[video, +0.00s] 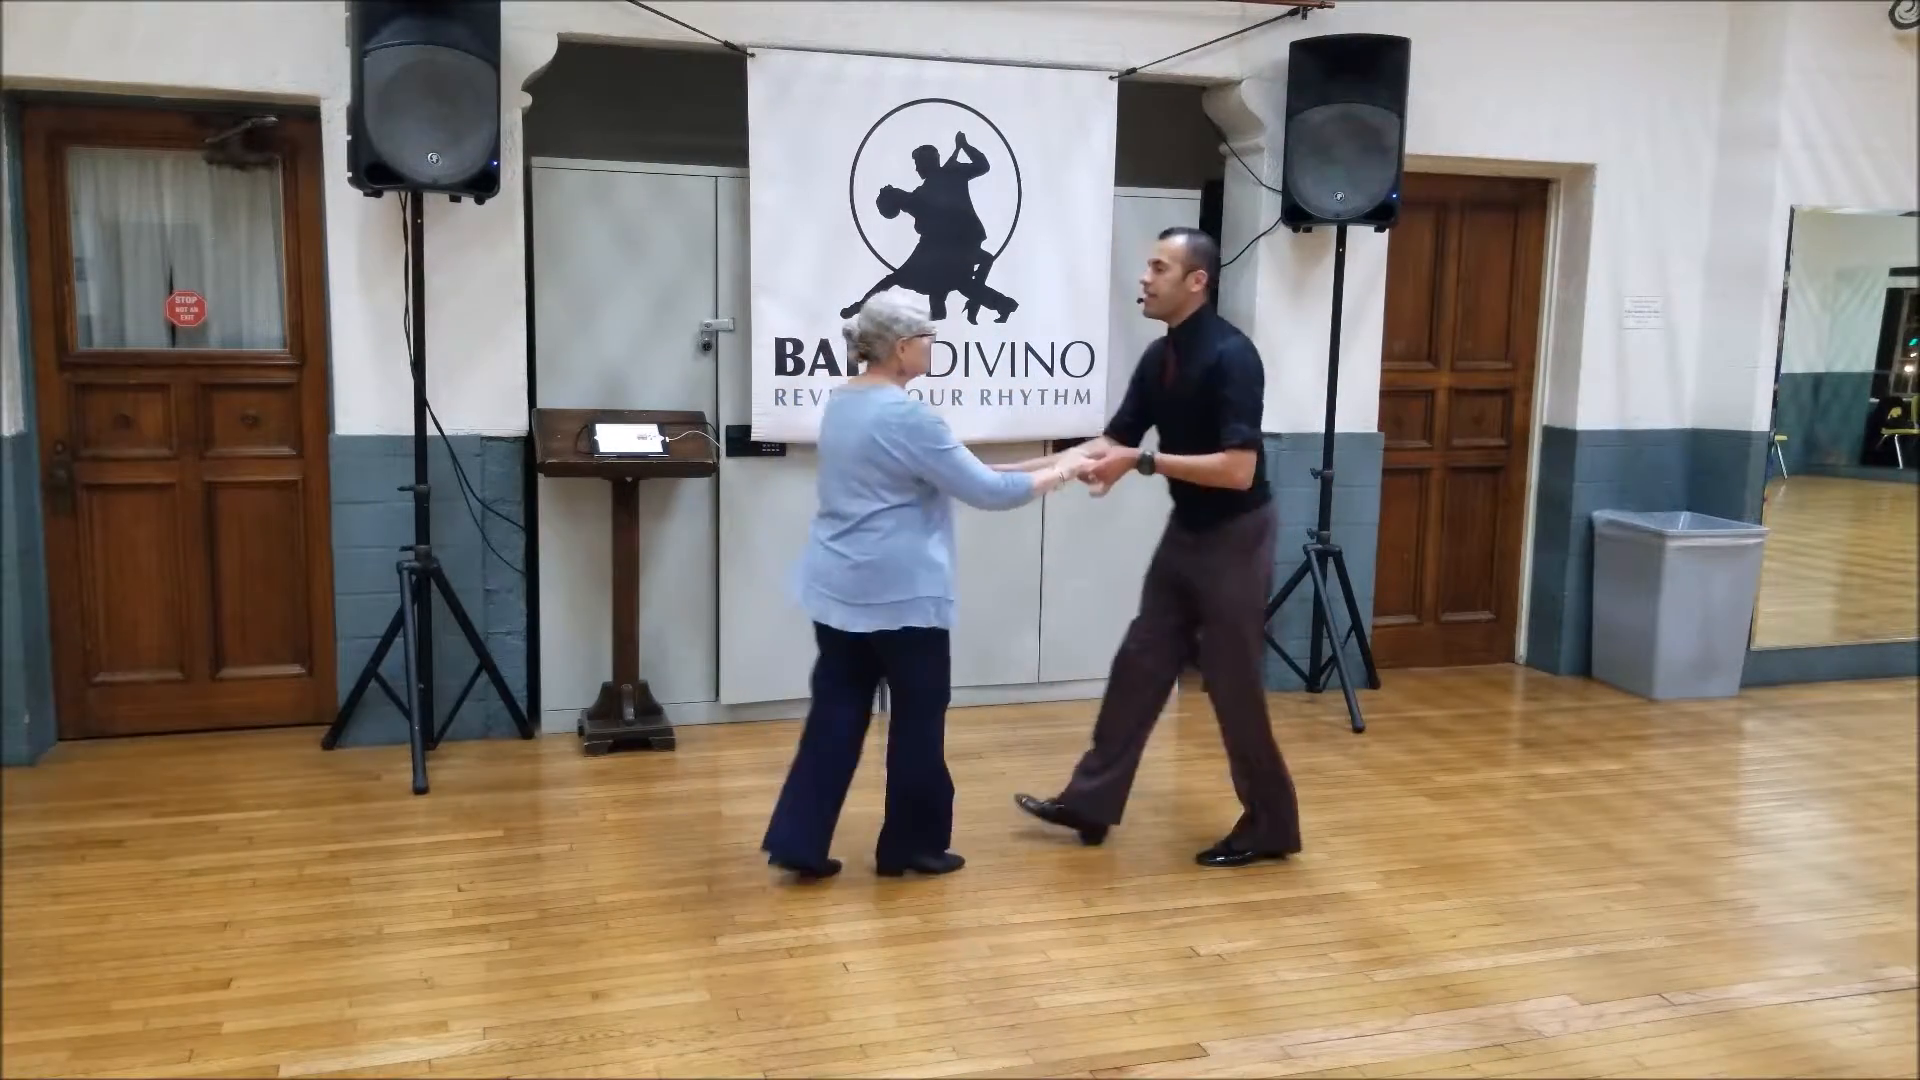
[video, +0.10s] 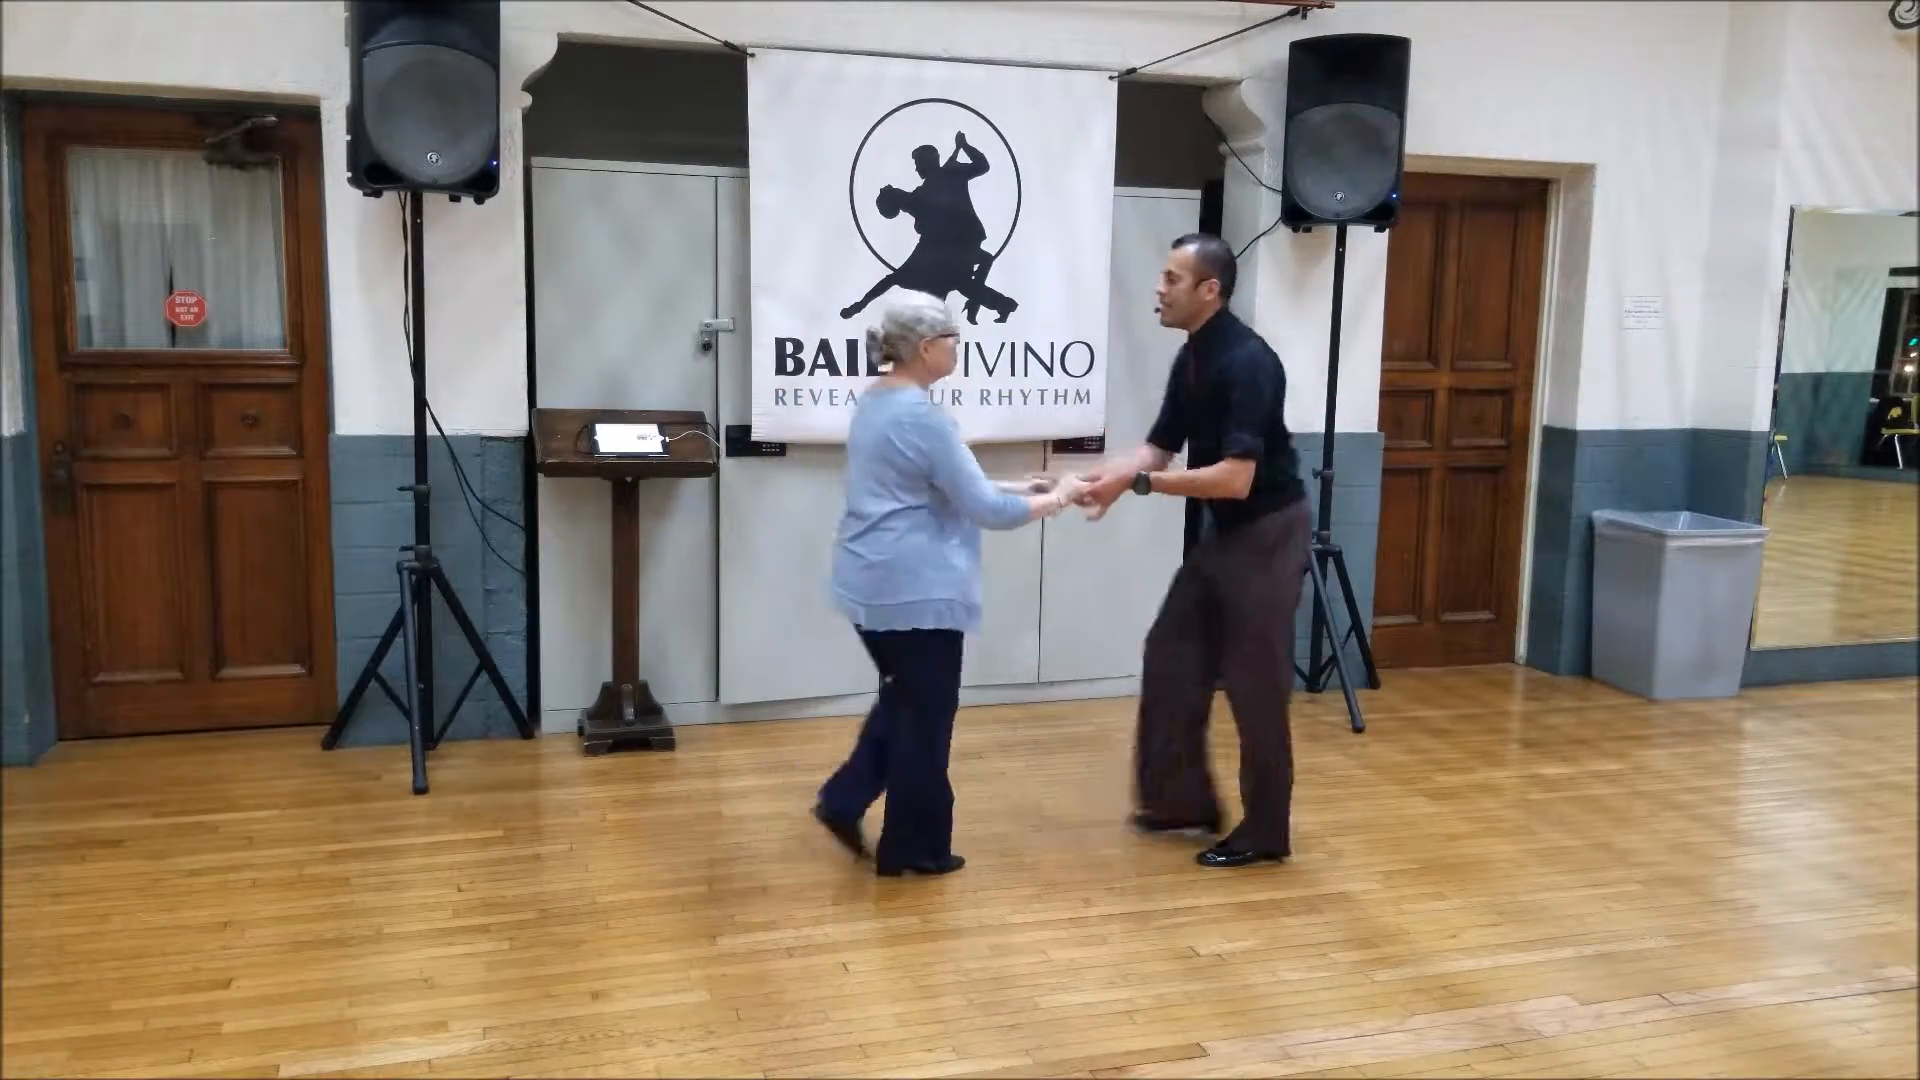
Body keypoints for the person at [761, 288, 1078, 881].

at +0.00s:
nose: (932, 350)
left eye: (930, 340)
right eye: (926, 341)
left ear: (879, 347)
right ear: (900, 349)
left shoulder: (839, 405)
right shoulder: (909, 419)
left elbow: (954, 471)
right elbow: (986, 490)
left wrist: (1043, 466)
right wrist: (1059, 473)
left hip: (838, 590)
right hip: (905, 595)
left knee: (835, 716)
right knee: (919, 723)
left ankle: (797, 844)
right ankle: (910, 846)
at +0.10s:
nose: (956, 352)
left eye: (955, 341)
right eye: (950, 342)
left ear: (909, 347)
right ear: (921, 347)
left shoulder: (873, 406)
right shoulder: (923, 418)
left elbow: (947, 487)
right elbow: (983, 505)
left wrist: (1021, 488)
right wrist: (1051, 503)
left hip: (872, 583)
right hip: (920, 589)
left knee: (903, 699)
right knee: (926, 719)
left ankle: (842, 801)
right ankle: (915, 846)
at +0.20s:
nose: (970, 349)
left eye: (968, 339)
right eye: (962, 340)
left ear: (929, 347)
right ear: (933, 347)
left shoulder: (900, 407)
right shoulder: (923, 415)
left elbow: (973, 481)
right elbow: (974, 510)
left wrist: (1041, 482)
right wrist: (1050, 504)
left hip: (900, 572)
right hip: (922, 578)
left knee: (945, 689)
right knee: (938, 699)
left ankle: (886, 795)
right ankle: (914, 846)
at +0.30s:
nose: (991, 344)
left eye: (989, 334)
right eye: (983, 335)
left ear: (953, 344)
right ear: (953, 343)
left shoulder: (949, 406)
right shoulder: (924, 409)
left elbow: (1000, 464)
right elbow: (968, 510)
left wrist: (1085, 460)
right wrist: (1047, 505)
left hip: (956, 581)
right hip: (920, 582)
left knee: (978, 691)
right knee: (931, 706)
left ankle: (972, 820)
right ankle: (904, 845)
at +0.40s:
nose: (1007, 340)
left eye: (1004, 331)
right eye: (997, 332)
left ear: (970, 345)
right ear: (965, 343)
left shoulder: (987, 409)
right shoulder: (931, 410)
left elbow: (1039, 454)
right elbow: (967, 510)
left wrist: (1119, 454)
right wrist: (1048, 508)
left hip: (978, 594)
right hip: (927, 594)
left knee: (1000, 715)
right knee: (921, 723)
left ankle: (1014, 825)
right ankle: (906, 842)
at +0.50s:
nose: (1025, 346)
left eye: (1022, 336)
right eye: (1014, 338)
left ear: (994, 348)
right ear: (980, 348)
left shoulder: (1005, 409)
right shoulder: (945, 417)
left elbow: (1054, 460)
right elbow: (977, 516)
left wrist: (1134, 461)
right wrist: (1061, 509)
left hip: (1005, 590)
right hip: (948, 592)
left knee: (1019, 716)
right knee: (942, 719)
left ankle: (1016, 832)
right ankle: (908, 833)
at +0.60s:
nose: (1038, 347)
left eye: (1034, 338)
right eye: (1028, 339)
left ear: (1001, 350)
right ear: (997, 349)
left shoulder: (1006, 409)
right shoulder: (960, 419)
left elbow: (1046, 472)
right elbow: (1000, 514)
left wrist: (1120, 474)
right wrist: (1084, 499)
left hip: (1018, 594)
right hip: (969, 598)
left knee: (1030, 714)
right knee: (992, 715)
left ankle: (1017, 833)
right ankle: (923, 818)